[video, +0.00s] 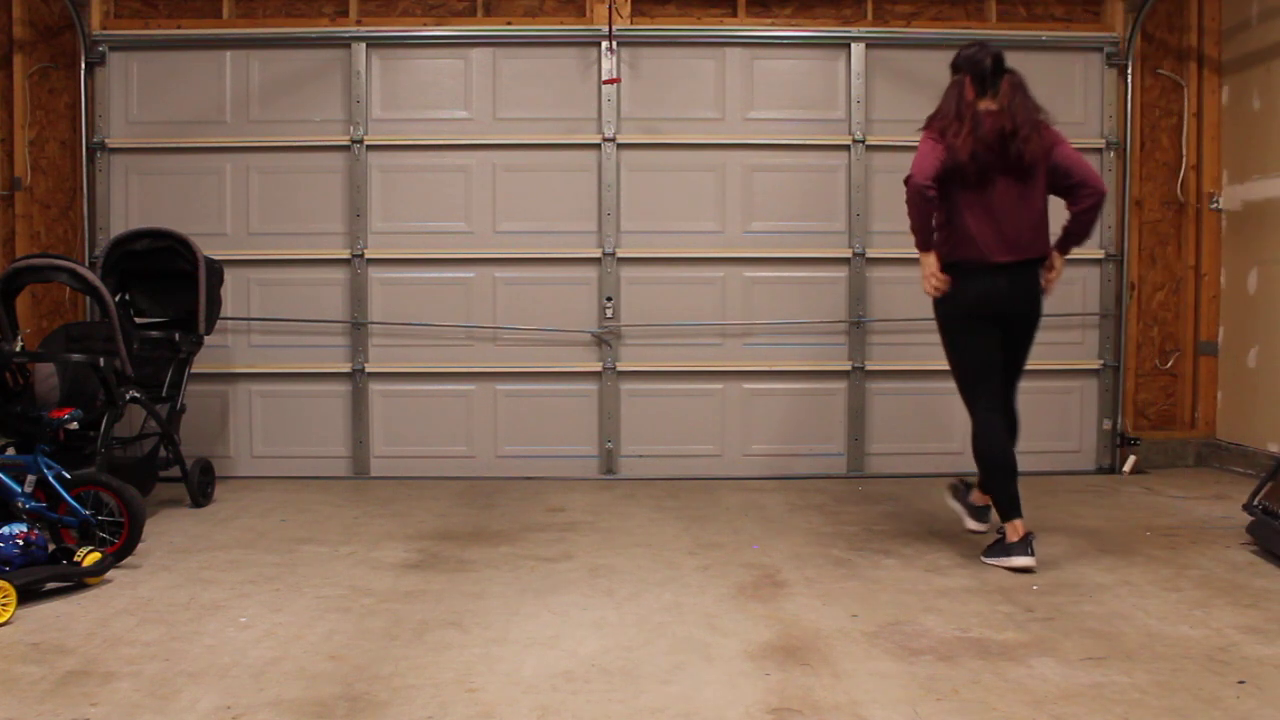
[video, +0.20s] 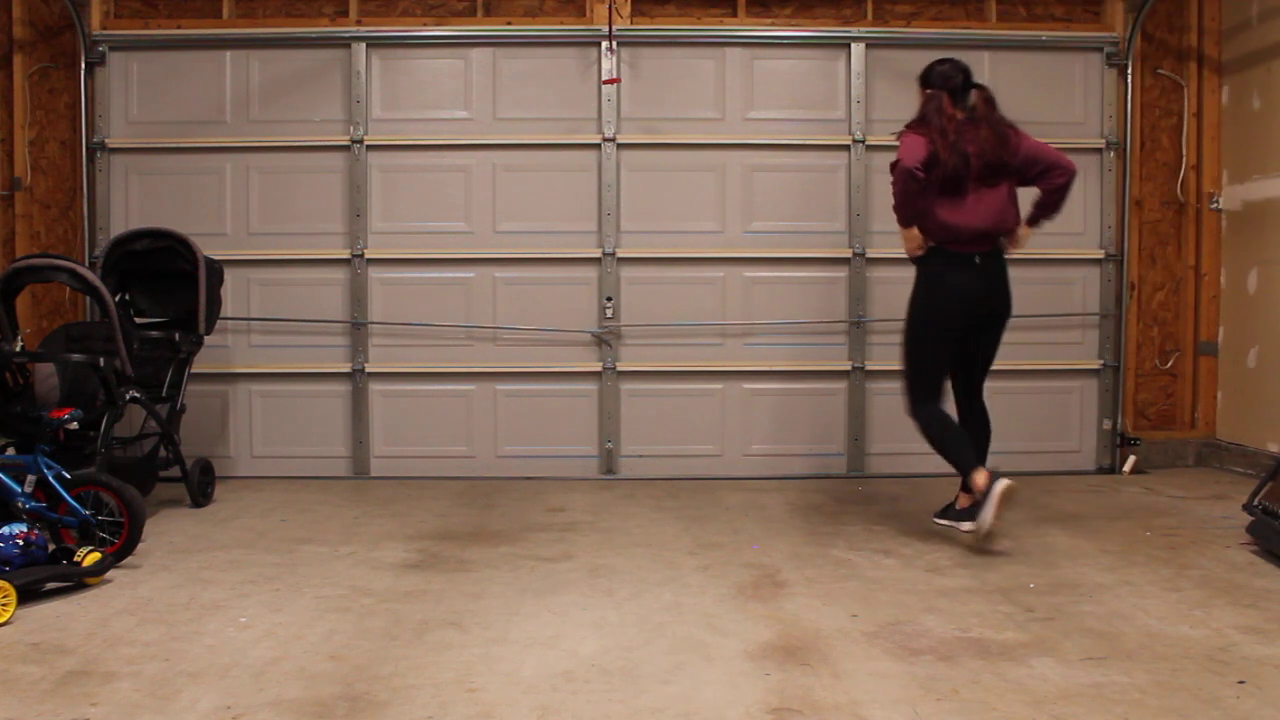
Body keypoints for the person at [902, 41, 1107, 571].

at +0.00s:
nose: (954, 93)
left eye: (955, 85)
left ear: (960, 86)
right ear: (1006, 84)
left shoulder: (944, 131)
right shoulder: (1033, 132)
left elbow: (920, 181)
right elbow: (1090, 188)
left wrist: (925, 250)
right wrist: (1062, 249)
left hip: (964, 285)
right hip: (1023, 283)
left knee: (985, 406)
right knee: (1001, 398)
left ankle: (1016, 534)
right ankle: (982, 497)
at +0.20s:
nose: (920, 100)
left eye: (922, 94)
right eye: (924, 93)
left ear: (929, 96)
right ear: (968, 95)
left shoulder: (921, 133)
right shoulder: (998, 133)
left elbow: (908, 169)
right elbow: (1062, 169)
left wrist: (907, 225)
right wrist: (1030, 223)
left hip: (942, 281)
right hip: (991, 280)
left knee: (923, 400)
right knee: (970, 390)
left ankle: (979, 480)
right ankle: (969, 502)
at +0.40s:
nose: (877, 106)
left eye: (879, 99)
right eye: (879, 98)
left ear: (887, 100)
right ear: (922, 99)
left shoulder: (892, 135)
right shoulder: (953, 135)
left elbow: (912, 160)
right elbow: (1019, 162)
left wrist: (899, 219)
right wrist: (986, 216)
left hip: (913, 273)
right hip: (958, 274)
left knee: (874, 380)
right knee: (960, 388)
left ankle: (887, 489)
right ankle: (966, 501)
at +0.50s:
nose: (855, 121)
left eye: (857, 113)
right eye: (856, 113)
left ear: (868, 113)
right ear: (898, 112)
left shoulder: (874, 145)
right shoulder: (928, 146)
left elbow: (899, 168)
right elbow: (995, 172)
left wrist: (886, 228)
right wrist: (961, 225)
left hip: (893, 283)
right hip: (937, 280)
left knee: (866, 391)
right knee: (953, 392)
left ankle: (835, 483)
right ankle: (965, 501)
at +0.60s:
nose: (832, 129)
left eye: (834, 122)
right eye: (833, 122)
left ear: (849, 122)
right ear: (873, 120)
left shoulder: (852, 155)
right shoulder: (903, 155)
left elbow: (873, 179)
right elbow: (967, 182)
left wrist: (861, 241)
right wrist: (933, 234)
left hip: (868, 288)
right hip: (911, 286)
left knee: (845, 392)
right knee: (925, 390)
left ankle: (827, 487)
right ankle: (963, 493)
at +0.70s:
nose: (806, 127)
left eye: (809, 119)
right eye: (807, 119)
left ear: (824, 119)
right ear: (847, 118)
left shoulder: (827, 153)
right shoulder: (878, 152)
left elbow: (845, 180)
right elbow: (938, 183)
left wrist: (830, 234)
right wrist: (905, 233)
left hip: (839, 284)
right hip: (880, 282)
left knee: (824, 389)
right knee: (882, 386)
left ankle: (824, 486)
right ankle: (943, 465)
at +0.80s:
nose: (782, 124)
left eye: (785, 117)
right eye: (783, 117)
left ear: (802, 118)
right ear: (822, 117)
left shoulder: (805, 148)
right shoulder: (853, 149)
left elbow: (816, 167)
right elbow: (915, 177)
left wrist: (800, 216)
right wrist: (880, 218)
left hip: (817, 276)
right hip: (853, 274)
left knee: (812, 382)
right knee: (835, 375)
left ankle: (824, 486)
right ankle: (893, 449)